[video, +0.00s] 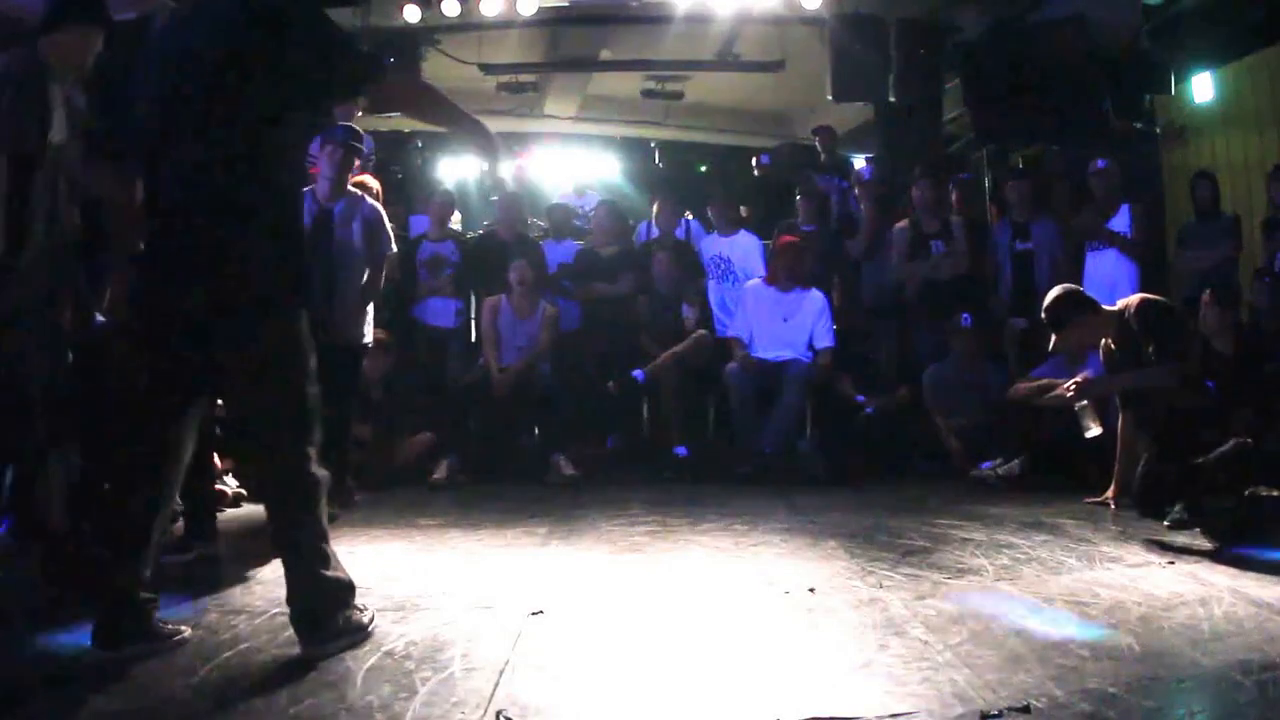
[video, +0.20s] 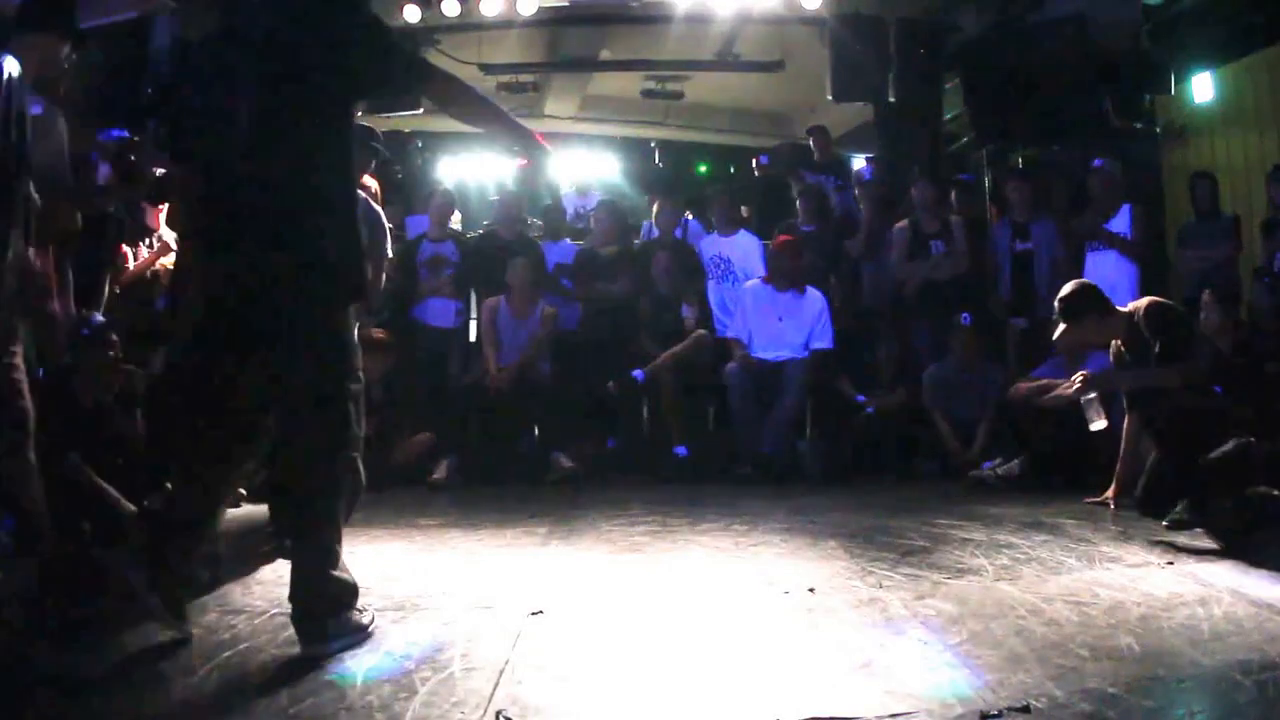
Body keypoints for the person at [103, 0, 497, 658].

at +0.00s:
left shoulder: (151, 38)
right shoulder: (291, 27)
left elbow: (114, 170)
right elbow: (391, 88)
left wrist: (120, 268)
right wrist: (472, 128)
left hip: (169, 269)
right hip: (258, 275)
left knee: (153, 450)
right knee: (289, 451)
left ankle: (121, 612)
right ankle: (321, 614)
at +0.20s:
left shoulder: (211, 37)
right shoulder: (336, 23)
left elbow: (178, 145)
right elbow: (433, 83)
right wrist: (527, 138)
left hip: (225, 250)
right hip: (310, 253)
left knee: (224, 412)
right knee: (324, 426)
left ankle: (171, 561)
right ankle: (320, 608)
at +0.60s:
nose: (404, 17)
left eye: (401, 12)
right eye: (401, 11)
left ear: (325, 15)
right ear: (384, 12)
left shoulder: (283, 68)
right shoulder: (401, 53)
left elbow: (241, 175)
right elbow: (508, 105)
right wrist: (567, 154)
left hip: (302, 270)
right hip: (380, 265)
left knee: (337, 416)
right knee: (380, 412)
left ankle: (402, 545)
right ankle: (324, 603)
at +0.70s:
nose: (401, 32)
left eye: (391, 25)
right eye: (397, 23)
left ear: (336, 27)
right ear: (391, 25)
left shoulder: (292, 76)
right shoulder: (411, 66)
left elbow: (257, 178)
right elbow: (505, 119)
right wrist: (569, 170)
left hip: (319, 273)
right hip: (394, 270)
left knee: (349, 414)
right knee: (391, 420)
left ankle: (411, 550)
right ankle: (326, 602)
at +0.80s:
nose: (412, 31)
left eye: (403, 24)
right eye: (406, 25)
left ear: (347, 39)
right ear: (395, 33)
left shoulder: (315, 91)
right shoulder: (423, 79)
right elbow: (517, 138)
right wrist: (582, 192)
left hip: (342, 273)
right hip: (414, 270)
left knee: (375, 410)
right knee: (416, 409)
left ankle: (414, 555)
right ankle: (342, 577)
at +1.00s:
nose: (431, 62)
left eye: (420, 57)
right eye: (431, 52)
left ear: (374, 56)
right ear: (431, 49)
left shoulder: (350, 108)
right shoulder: (447, 81)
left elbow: (321, 200)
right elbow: (527, 145)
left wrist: (324, 281)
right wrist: (590, 195)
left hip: (375, 277)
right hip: (445, 270)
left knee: (391, 407)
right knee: (472, 399)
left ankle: (409, 543)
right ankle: (424, 537)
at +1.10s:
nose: (449, 57)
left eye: (444, 50)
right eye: (446, 48)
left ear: (391, 51)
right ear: (436, 45)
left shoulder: (357, 108)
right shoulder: (458, 83)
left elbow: (336, 202)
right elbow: (534, 149)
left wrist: (351, 279)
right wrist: (597, 194)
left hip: (386, 284)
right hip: (456, 276)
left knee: (396, 415)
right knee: (478, 405)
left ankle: (413, 550)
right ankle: (463, 536)